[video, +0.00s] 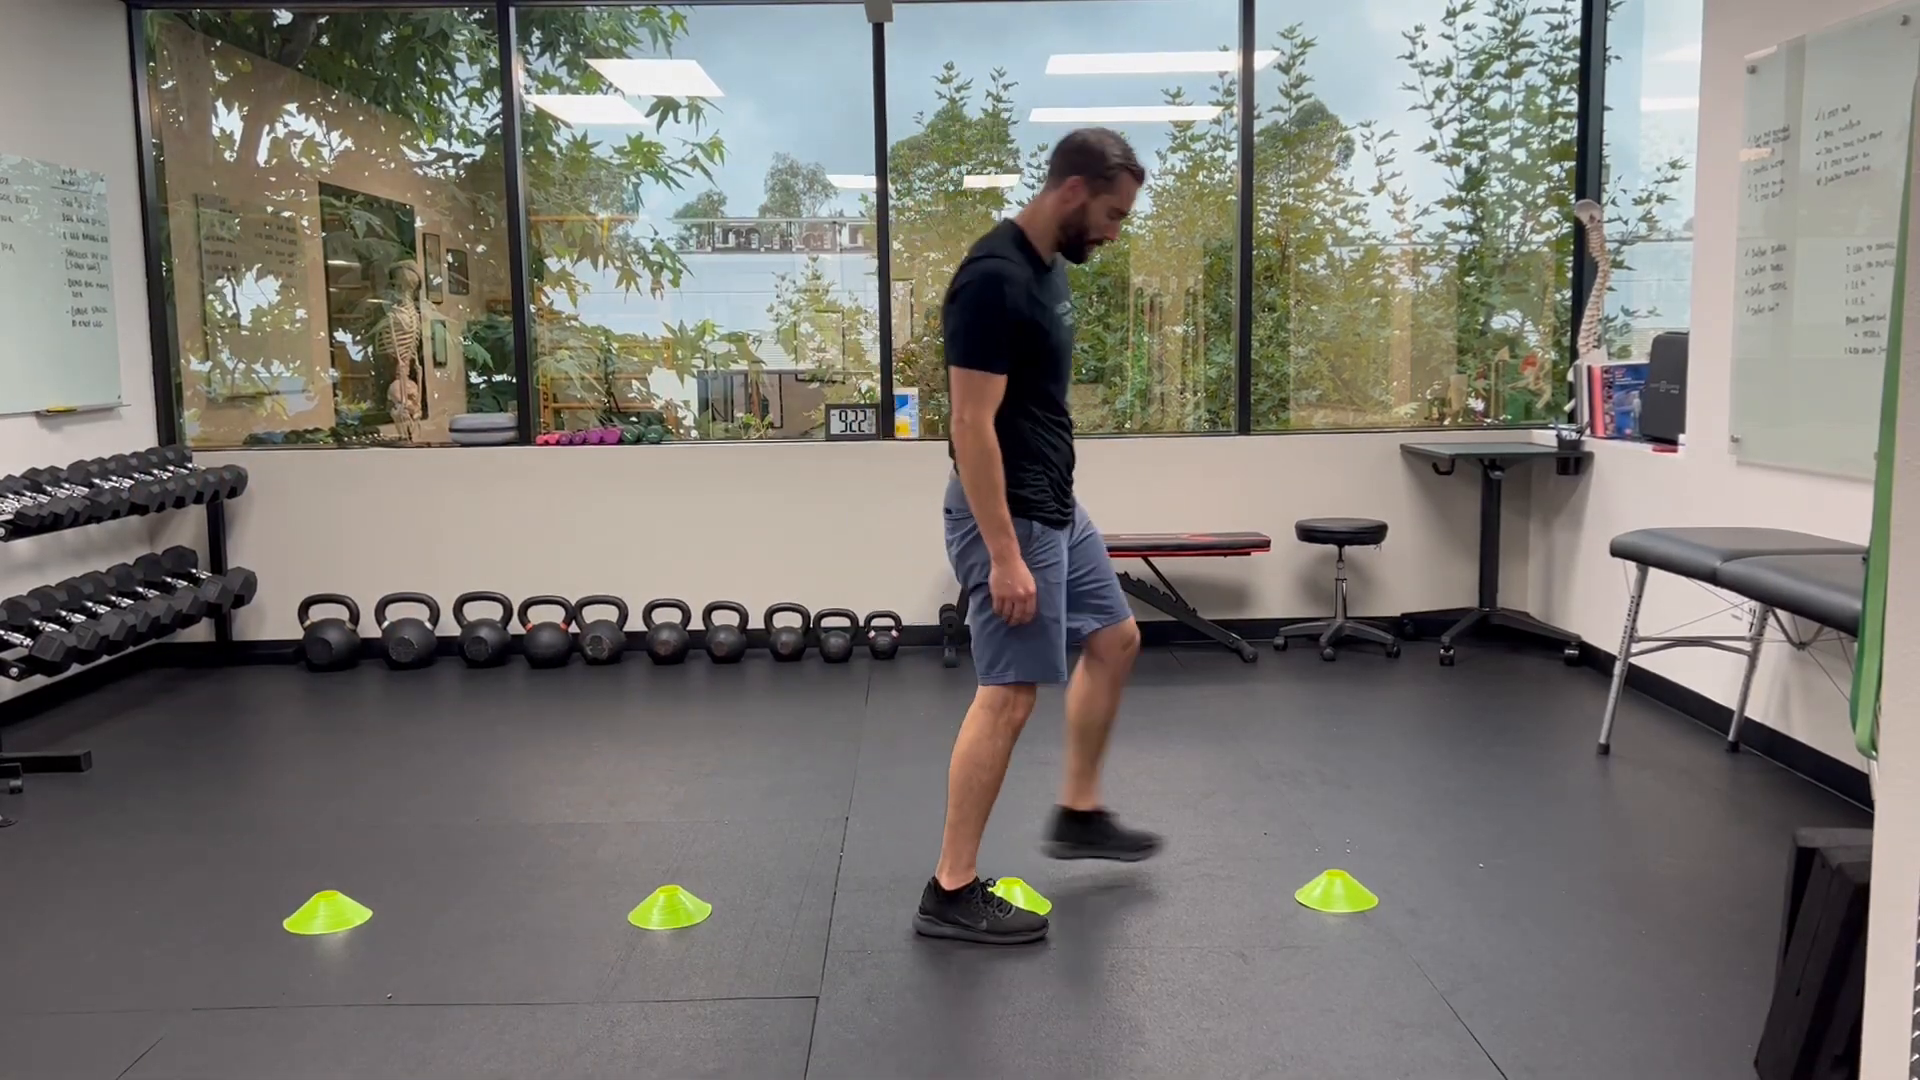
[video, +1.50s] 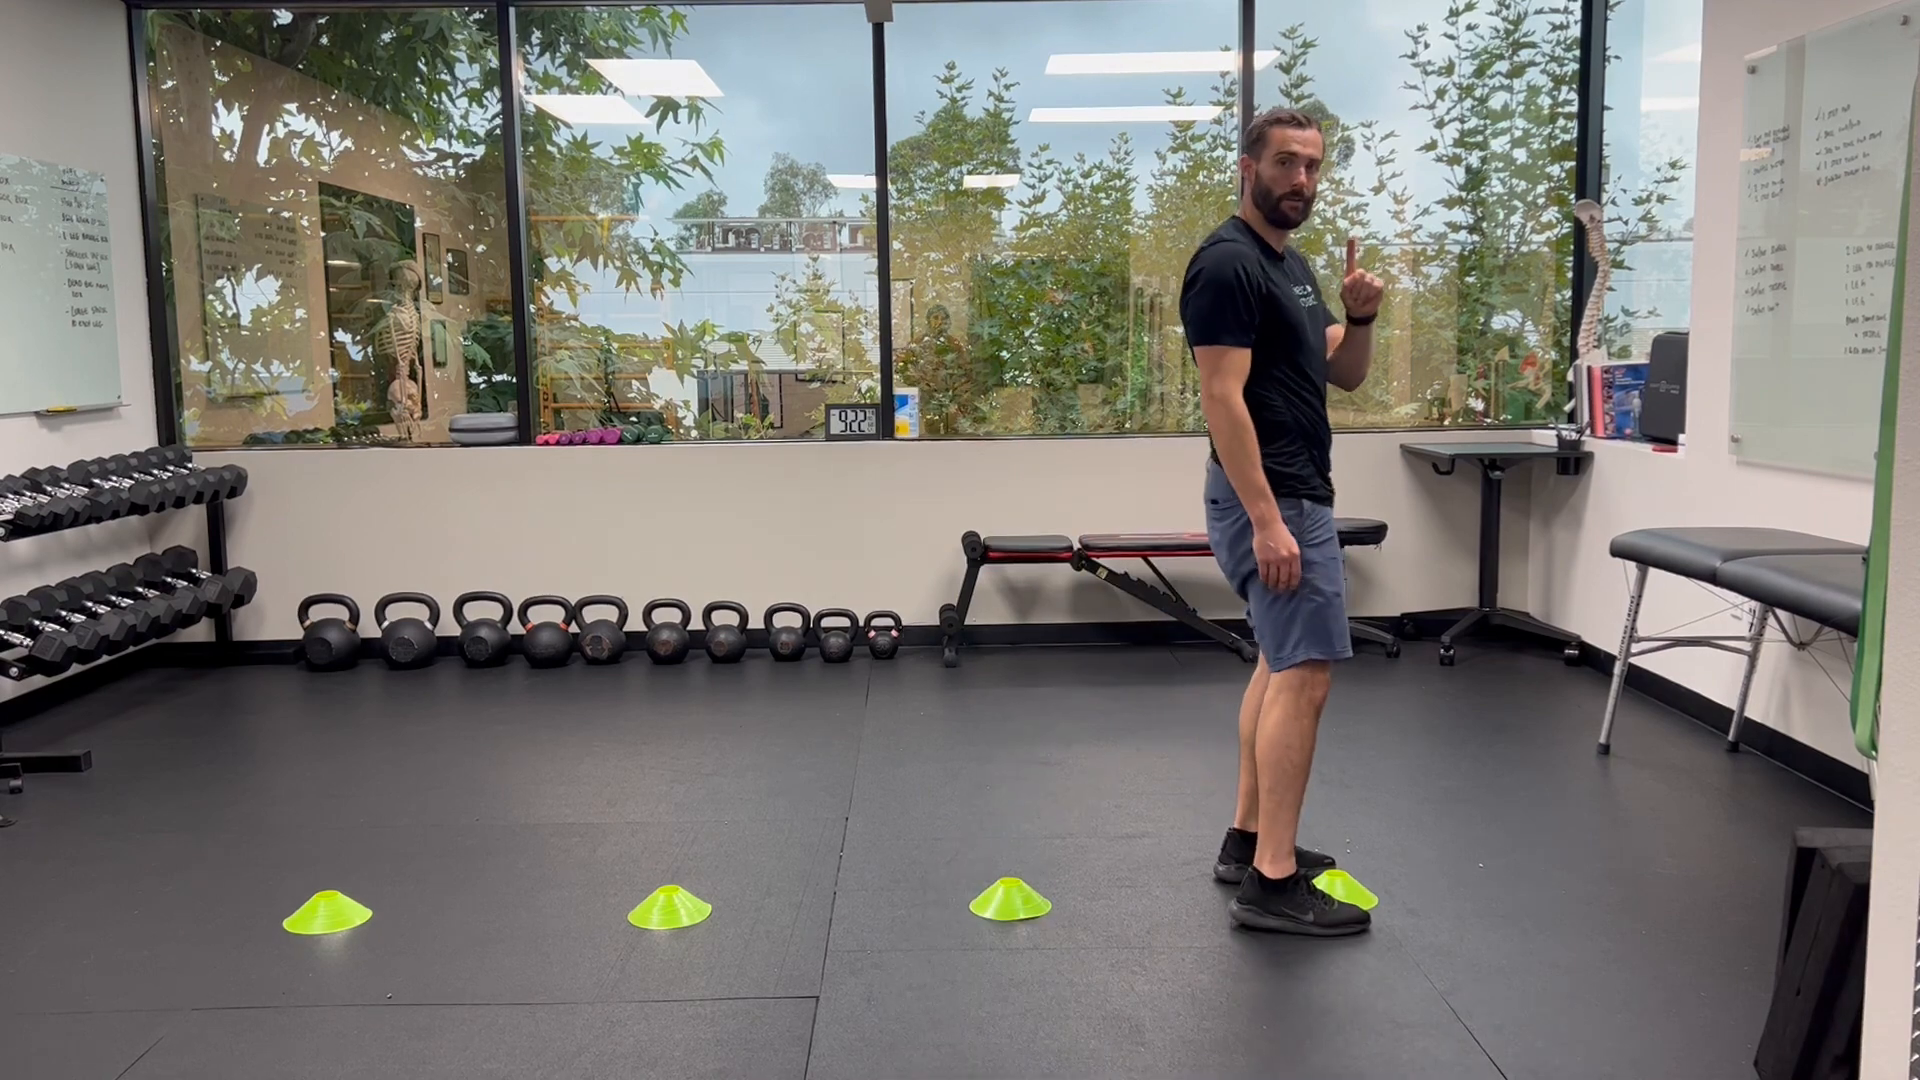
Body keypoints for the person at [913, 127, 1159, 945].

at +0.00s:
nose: (1115, 234)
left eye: (1123, 219)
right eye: (1114, 215)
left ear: (1076, 193)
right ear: (1074, 190)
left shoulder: (1039, 269)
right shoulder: (994, 277)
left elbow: (1028, 411)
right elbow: (971, 424)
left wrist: (1057, 512)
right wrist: (1003, 552)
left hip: (1055, 512)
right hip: (1007, 521)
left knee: (1113, 639)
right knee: (1007, 695)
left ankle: (1080, 812)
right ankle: (952, 886)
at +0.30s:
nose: (1230, 273)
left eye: (1239, 261)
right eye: (1234, 255)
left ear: (1198, 226)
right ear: (1200, 226)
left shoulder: (1118, 282)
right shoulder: (1124, 301)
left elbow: (1046, 392)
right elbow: (1077, 432)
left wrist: (1009, 487)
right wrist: (1094, 566)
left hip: (1125, 533)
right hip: (1083, 535)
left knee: (1190, 665)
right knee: (1043, 704)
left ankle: (1244, 832)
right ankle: (955, 885)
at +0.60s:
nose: (1312, 223)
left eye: (1321, 213)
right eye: (1306, 202)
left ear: (1275, 198)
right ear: (1260, 185)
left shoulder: (1233, 273)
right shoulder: (1212, 267)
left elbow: (1234, 407)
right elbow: (1176, 399)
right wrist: (1222, 517)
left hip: (1188, 501)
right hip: (1173, 506)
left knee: (1236, 673)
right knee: (1254, 676)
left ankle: (1248, 837)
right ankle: (1099, 806)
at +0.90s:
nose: (1302, 182)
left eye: (1312, 170)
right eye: (1288, 164)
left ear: (1315, 184)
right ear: (1245, 169)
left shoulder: (1267, 262)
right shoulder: (1225, 259)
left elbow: (1322, 365)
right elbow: (1221, 392)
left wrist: (1391, 318)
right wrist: (1292, 503)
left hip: (1262, 499)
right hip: (1247, 503)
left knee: (1273, 665)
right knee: (1298, 675)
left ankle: (1249, 839)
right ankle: (1271, 877)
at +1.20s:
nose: (1297, 178)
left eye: (1308, 165)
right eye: (1281, 162)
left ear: (1315, 176)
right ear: (1243, 168)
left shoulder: (1288, 263)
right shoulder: (1228, 266)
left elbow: (1348, 369)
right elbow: (1234, 406)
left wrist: (1364, 313)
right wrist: (1284, 524)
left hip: (1298, 496)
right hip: (1280, 503)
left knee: (1281, 666)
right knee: (1311, 676)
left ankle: (1251, 838)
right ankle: (1273, 878)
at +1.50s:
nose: (1302, 179)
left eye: (1313, 166)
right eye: (1287, 162)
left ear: (1318, 178)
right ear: (1246, 167)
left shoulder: (1285, 262)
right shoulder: (1227, 262)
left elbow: (1342, 373)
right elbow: (1222, 399)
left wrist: (1358, 317)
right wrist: (1264, 517)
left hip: (1291, 496)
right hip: (1273, 501)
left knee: (1277, 666)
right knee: (1305, 673)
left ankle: (1249, 841)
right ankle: (1274, 876)